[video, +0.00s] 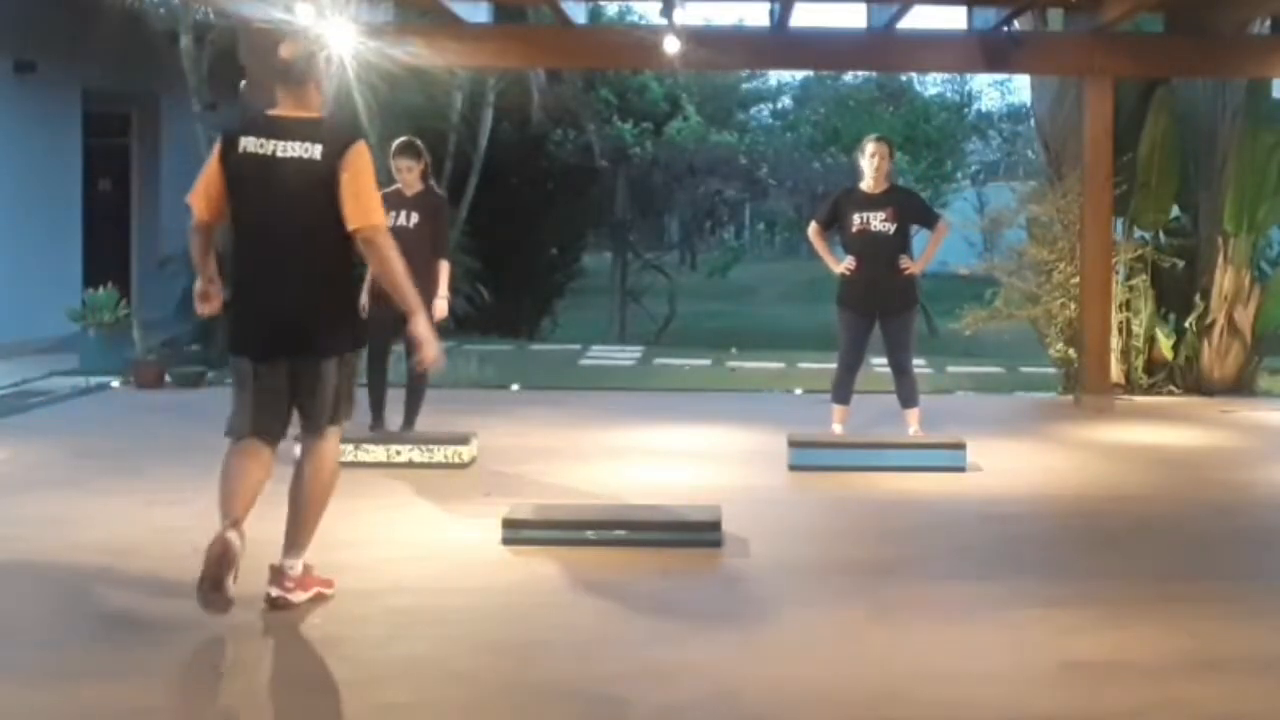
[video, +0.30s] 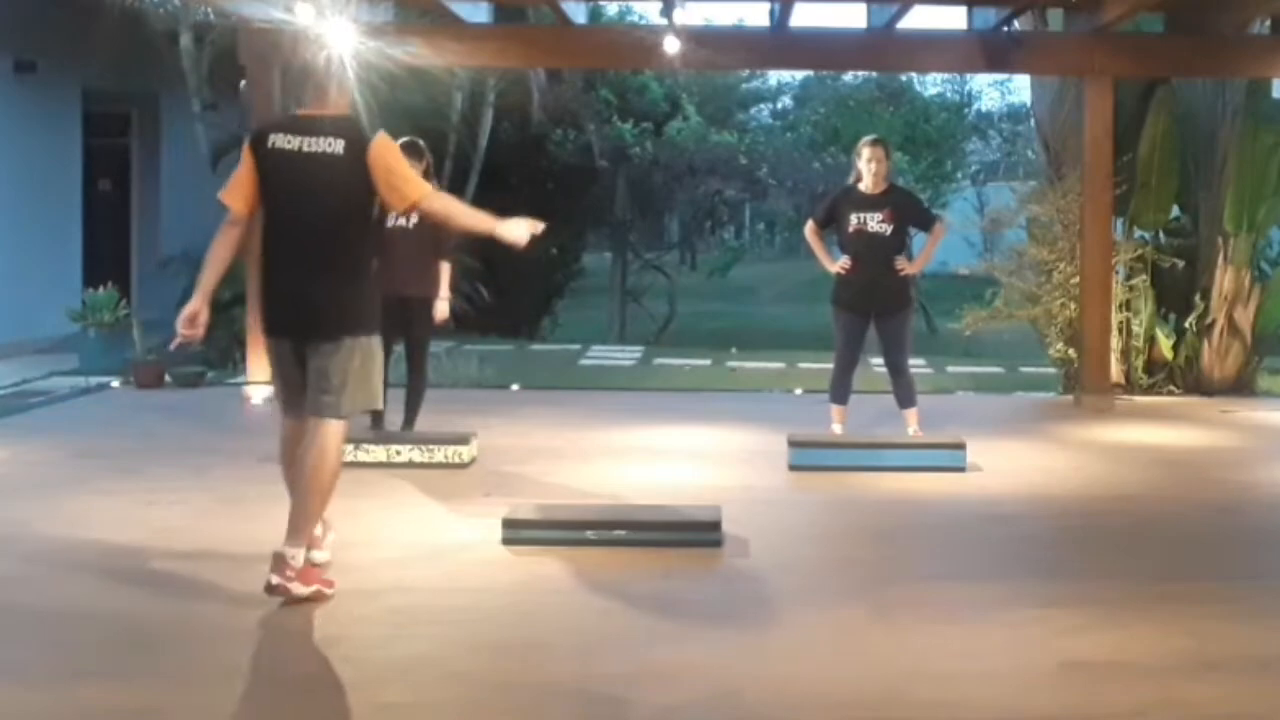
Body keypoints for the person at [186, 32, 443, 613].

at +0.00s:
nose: (335, 86)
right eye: (331, 77)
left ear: (275, 82)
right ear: (321, 82)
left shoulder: (237, 141)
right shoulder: (345, 145)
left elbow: (202, 215)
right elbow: (372, 236)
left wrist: (205, 273)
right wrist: (418, 317)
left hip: (254, 318)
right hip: (326, 322)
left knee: (255, 433)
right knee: (324, 436)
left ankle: (231, 530)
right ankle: (291, 571)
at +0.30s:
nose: (350, 90)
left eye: (343, 81)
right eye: (349, 82)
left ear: (301, 87)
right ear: (345, 88)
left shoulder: (264, 141)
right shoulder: (368, 141)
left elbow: (233, 224)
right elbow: (428, 202)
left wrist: (201, 295)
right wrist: (500, 226)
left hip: (282, 309)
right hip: (342, 311)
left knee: (295, 421)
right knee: (328, 423)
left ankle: (313, 533)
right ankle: (291, 556)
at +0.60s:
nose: (381, 97)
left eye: (376, 89)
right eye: (380, 90)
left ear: (332, 90)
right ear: (373, 92)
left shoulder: (297, 143)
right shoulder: (389, 147)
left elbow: (262, 214)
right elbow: (424, 217)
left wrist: (248, 275)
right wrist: (494, 252)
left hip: (309, 300)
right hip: (374, 304)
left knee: (313, 407)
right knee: (391, 398)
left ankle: (318, 533)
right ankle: (349, 495)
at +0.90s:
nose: (427, 114)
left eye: (424, 106)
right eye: (425, 107)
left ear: (377, 109)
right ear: (415, 109)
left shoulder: (348, 159)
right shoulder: (433, 161)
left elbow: (307, 206)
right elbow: (447, 234)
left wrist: (321, 215)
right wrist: (486, 301)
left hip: (353, 307)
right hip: (415, 311)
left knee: (342, 407)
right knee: (424, 401)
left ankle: (321, 514)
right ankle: (419, 500)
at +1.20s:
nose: (472, 123)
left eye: (472, 115)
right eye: (471, 115)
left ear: (429, 112)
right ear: (457, 113)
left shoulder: (394, 155)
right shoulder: (465, 160)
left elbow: (372, 227)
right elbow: (497, 218)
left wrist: (372, 286)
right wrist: (568, 243)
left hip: (404, 296)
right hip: (454, 301)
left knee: (414, 386)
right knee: (455, 394)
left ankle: (387, 466)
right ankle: (423, 494)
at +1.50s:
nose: (506, 120)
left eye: (505, 112)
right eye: (502, 112)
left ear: (464, 113)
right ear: (483, 113)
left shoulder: (428, 154)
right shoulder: (487, 158)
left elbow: (411, 219)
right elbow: (502, 222)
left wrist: (449, 236)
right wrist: (553, 274)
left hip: (438, 290)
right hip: (479, 296)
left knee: (454, 385)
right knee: (474, 387)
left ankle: (464, 475)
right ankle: (426, 484)